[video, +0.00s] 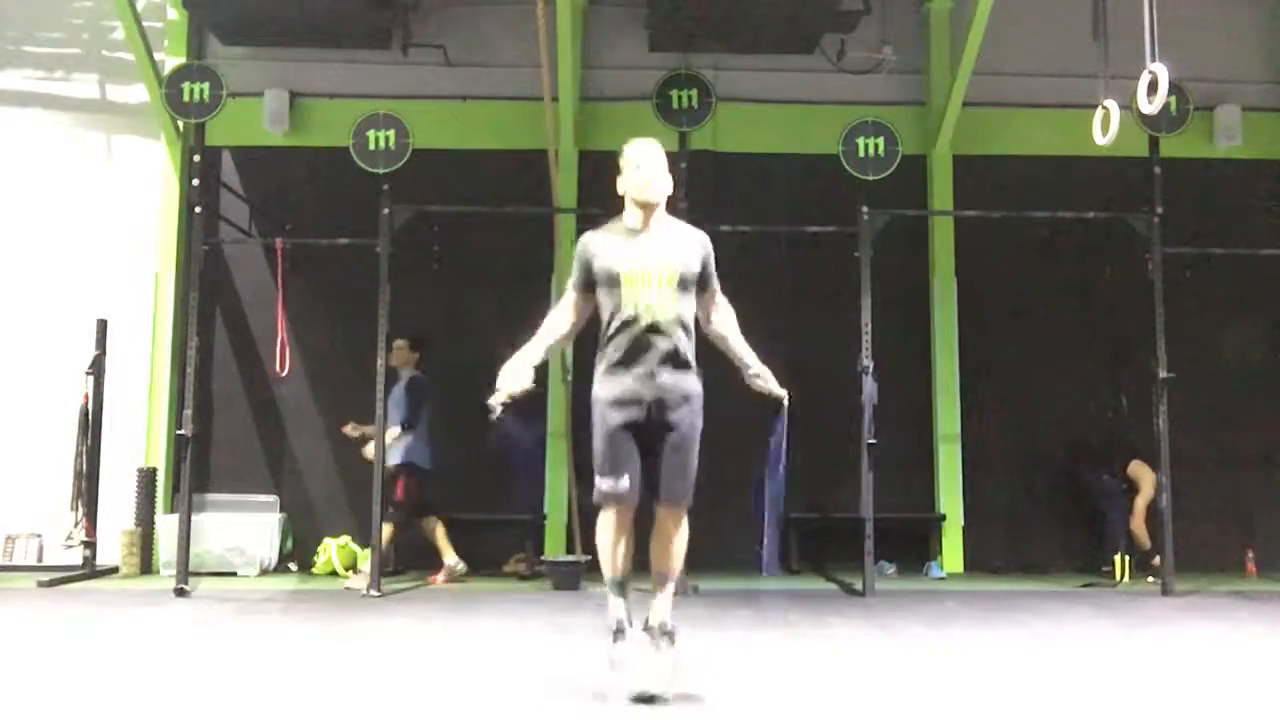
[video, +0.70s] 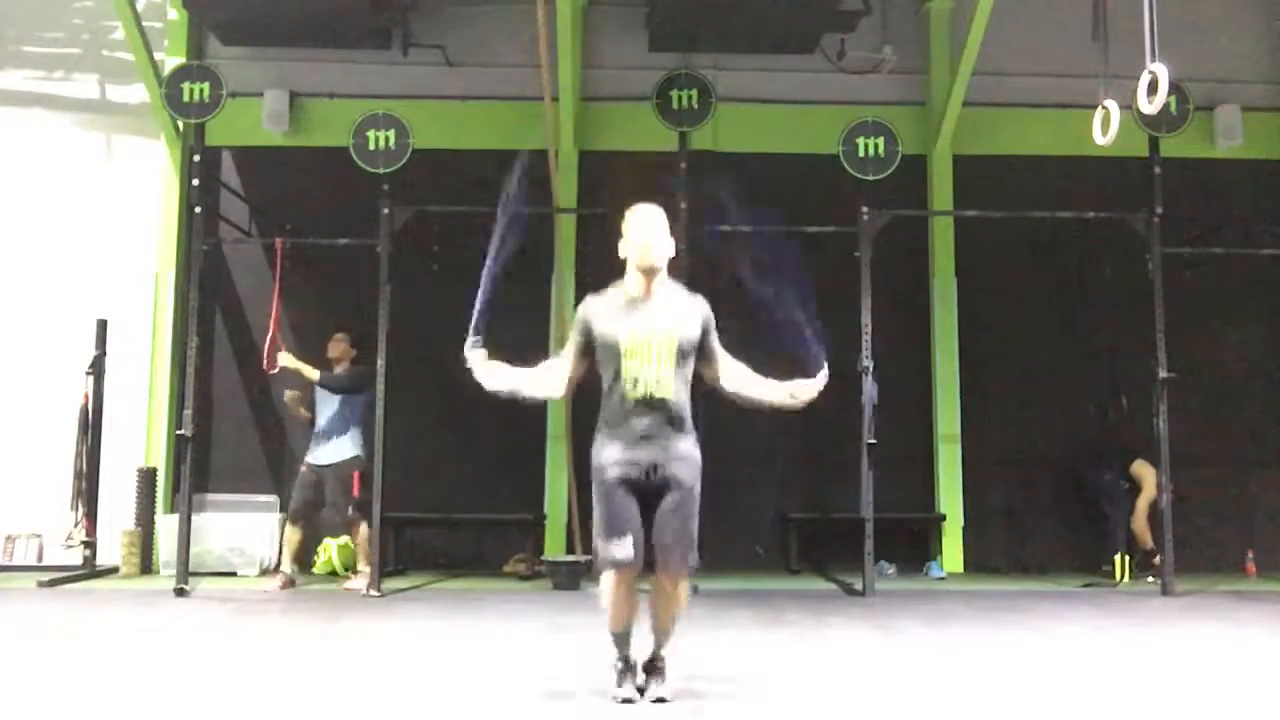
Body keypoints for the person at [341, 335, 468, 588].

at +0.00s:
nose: (392, 354)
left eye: (398, 349)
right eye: (393, 349)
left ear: (414, 355)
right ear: (395, 355)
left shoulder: (416, 383)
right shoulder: (400, 385)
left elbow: (409, 425)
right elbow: (392, 425)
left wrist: (380, 443)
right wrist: (364, 430)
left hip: (409, 459)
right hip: (401, 459)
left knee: (390, 516)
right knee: (423, 513)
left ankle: (369, 572)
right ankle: (452, 561)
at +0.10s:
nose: (386, 352)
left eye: (391, 347)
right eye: (386, 347)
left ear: (404, 354)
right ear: (391, 353)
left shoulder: (403, 379)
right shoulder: (392, 379)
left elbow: (394, 412)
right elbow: (385, 415)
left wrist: (359, 426)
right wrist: (355, 427)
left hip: (396, 454)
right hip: (387, 453)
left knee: (391, 511)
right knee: (387, 512)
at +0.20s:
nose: (379, 355)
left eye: (385, 350)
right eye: (377, 350)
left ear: (396, 353)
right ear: (375, 353)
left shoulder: (393, 379)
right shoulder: (385, 381)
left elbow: (369, 406)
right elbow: (374, 422)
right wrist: (344, 428)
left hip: (384, 457)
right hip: (374, 456)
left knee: (377, 514)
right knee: (375, 514)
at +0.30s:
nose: (369, 350)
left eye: (375, 345)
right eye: (368, 345)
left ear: (387, 351)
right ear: (366, 350)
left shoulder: (387, 378)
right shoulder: (373, 381)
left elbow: (351, 394)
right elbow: (364, 421)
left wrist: (317, 387)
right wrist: (333, 424)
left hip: (376, 453)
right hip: (364, 453)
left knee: (368, 513)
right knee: (364, 512)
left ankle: (368, 572)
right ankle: (396, 551)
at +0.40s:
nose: (361, 346)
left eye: (368, 342)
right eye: (360, 342)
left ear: (379, 349)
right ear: (360, 348)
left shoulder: (377, 377)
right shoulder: (365, 380)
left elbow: (340, 388)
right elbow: (359, 420)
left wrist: (305, 375)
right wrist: (328, 417)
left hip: (367, 458)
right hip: (352, 458)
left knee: (366, 518)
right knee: (332, 510)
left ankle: (368, 575)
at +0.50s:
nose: (352, 344)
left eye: (359, 340)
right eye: (351, 340)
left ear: (373, 350)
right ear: (350, 349)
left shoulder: (373, 376)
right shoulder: (351, 382)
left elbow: (343, 385)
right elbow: (347, 422)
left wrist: (299, 370)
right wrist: (320, 412)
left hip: (361, 456)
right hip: (340, 455)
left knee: (362, 516)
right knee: (319, 507)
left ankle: (367, 571)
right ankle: (318, 567)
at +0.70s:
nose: (332, 343)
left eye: (339, 340)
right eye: (332, 339)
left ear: (353, 350)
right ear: (329, 349)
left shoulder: (363, 375)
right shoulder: (322, 380)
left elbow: (337, 384)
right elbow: (318, 420)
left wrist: (296, 365)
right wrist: (296, 408)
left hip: (346, 454)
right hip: (316, 455)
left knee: (352, 514)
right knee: (296, 512)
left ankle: (364, 572)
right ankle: (286, 572)